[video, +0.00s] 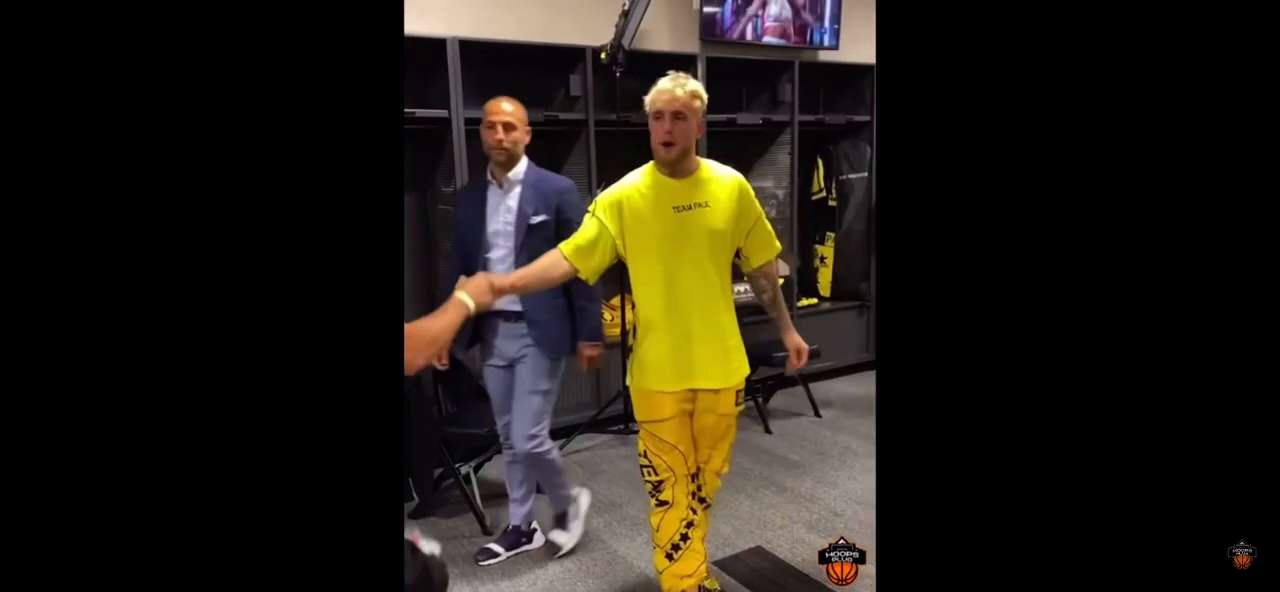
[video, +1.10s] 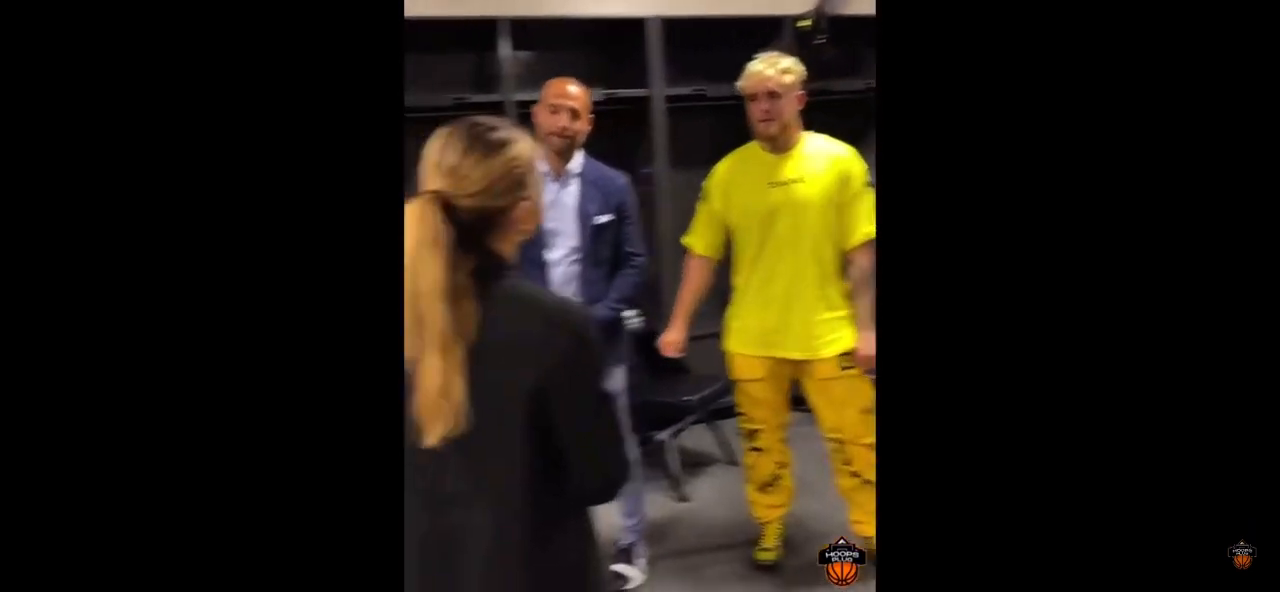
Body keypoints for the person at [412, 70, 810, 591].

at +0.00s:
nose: (667, 128)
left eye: (679, 117)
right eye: (659, 117)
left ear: (700, 126)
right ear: (648, 124)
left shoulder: (731, 188)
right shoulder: (624, 198)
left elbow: (765, 267)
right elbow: (569, 258)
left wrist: (788, 329)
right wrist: (500, 285)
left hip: (720, 362)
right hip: (655, 366)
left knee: (706, 483)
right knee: (673, 492)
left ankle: (686, 568)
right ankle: (685, 583)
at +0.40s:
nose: (655, 125)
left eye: (667, 116)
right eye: (647, 115)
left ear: (689, 125)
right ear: (637, 122)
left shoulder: (712, 189)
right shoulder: (611, 188)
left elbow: (727, 270)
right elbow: (559, 250)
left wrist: (737, 326)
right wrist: (500, 294)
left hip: (694, 343)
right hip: (631, 345)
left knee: (686, 455)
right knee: (633, 458)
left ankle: (680, 548)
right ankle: (625, 567)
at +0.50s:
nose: (651, 124)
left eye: (663, 115)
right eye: (644, 114)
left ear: (685, 124)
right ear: (634, 122)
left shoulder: (709, 189)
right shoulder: (607, 188)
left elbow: (727, 272)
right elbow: (570, 261)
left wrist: (734, 333)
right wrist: (534, 325)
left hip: (692, 348)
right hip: (628, 349)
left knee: (687, 456)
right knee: (621, 458)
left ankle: (683, 545)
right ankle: (598, 551)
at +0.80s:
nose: (662, 116)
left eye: (672, 105)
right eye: (653, 107)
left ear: (694, 112)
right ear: (642, 114)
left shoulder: (727, 178)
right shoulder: (621, 185)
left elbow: (750, 262)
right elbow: (609, 266)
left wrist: (761, 329)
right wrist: (598, 336)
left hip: (717, 337)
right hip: (646, 340)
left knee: (728, 443)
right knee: (638, 445)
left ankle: (734, 536)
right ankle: (634, 533)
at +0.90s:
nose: (683, 114)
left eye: (694, 104)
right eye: (675, 105)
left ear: (717, 108)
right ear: (665, 112)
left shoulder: (756, 173)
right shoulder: (648, 182)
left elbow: (780, 257)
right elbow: (626, 260)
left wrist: (790, 328)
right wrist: (604, 327)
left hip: (744, 334)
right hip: (674, 337)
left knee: (761, 441)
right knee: (671, 442)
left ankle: (774, 536)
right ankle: (671, 531)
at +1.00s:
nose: (717, 112)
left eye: (728, 101)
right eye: (709, 103)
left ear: (755, 104)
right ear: (700, 109)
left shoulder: (794, 167)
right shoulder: (685, 177)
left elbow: (817, 251)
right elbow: (658, 254)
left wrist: (827, 326)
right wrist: (632, 323)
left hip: (784, 331)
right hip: (711, 334)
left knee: (806, 439)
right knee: (713, 439)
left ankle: (824, 536)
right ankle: (718, 526)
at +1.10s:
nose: (762, 107)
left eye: (773, 96)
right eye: (752, 98)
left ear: (800, 99)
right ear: (744, 104)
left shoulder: (839, 162)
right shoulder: (728, 173)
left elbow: (861, 252)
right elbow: (701, 254)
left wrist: (867, 328)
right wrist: (678, 324)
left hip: (828, 329)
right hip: (753, 331)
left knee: (855, 440)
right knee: (760, 436)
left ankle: (868, 532)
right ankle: (769, 524)